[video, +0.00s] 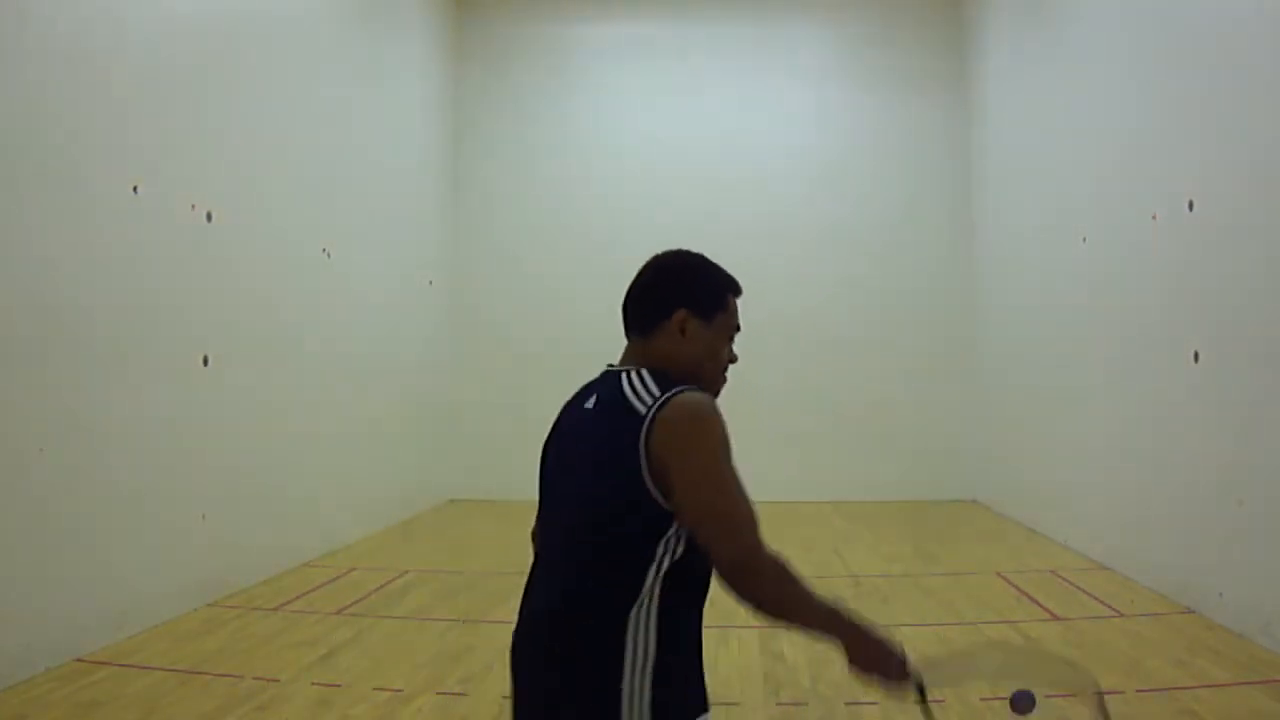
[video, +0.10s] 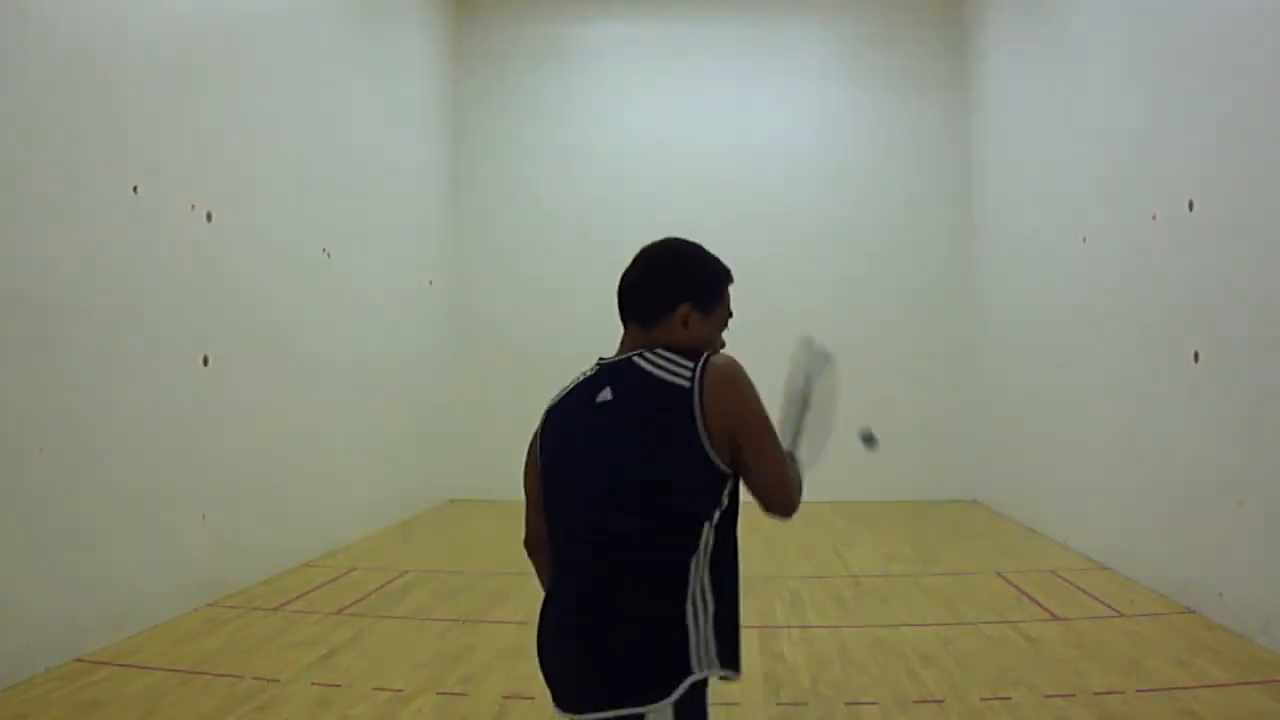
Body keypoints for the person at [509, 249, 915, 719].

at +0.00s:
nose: (734, 354)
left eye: (735, 338)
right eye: (729, 335)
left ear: (680, 327)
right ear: (683, 328)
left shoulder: (586, 404)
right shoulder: (684, 415)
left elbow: (549, 542)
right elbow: (745, 564)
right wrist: (849, 632)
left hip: (548, 685)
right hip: (628, 692)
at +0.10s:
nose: (723, 342)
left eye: (726, 326)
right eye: (721, 324)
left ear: (631, 314)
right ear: (685, 317)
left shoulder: (563, 407)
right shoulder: (716, 379)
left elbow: (538, 540)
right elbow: (783, 498)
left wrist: (574, 611)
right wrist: (782, 456)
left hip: (574, 656)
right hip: (664, 657)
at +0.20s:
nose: (725, 326)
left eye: (725, 312)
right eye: (723, 312)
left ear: (633, 315)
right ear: (706, 315)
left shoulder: (568, 412)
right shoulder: (740, 377)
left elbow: (542, 546)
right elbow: (761, 456)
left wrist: (596, 608)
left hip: (598, 677)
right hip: (701, 670)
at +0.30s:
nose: (734, 326)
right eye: (734, 314)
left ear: (645, 320)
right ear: (724, 319)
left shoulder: (583, 415)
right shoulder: (761, 390)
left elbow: (553, 549)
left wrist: (607, 608)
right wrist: (607, 387)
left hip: (620, 675)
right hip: (730, 667)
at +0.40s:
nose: (737, 330)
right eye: (738, 321)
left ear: (649, 328)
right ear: (733, 327)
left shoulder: (595, 413)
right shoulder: (770, 403)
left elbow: (558, 547)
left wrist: (591, 619)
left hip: (637, 683)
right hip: (750, 677)